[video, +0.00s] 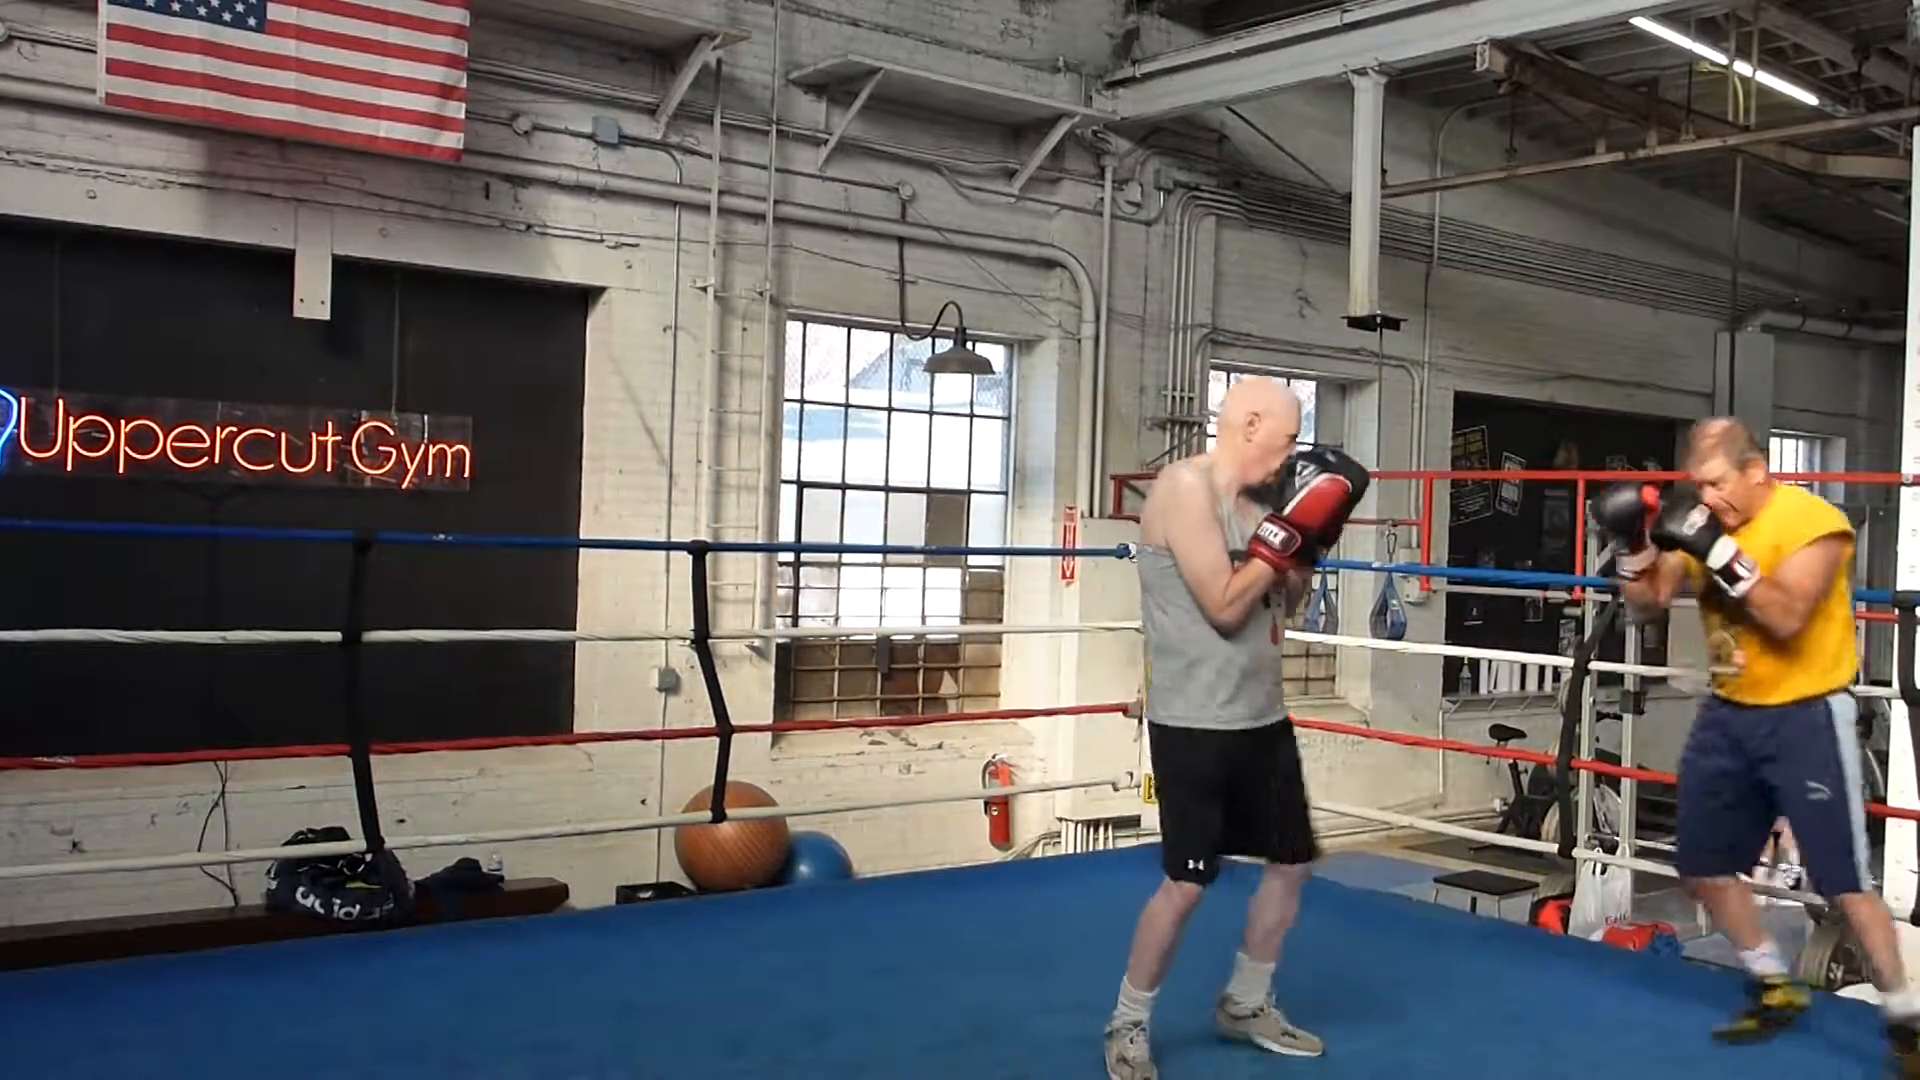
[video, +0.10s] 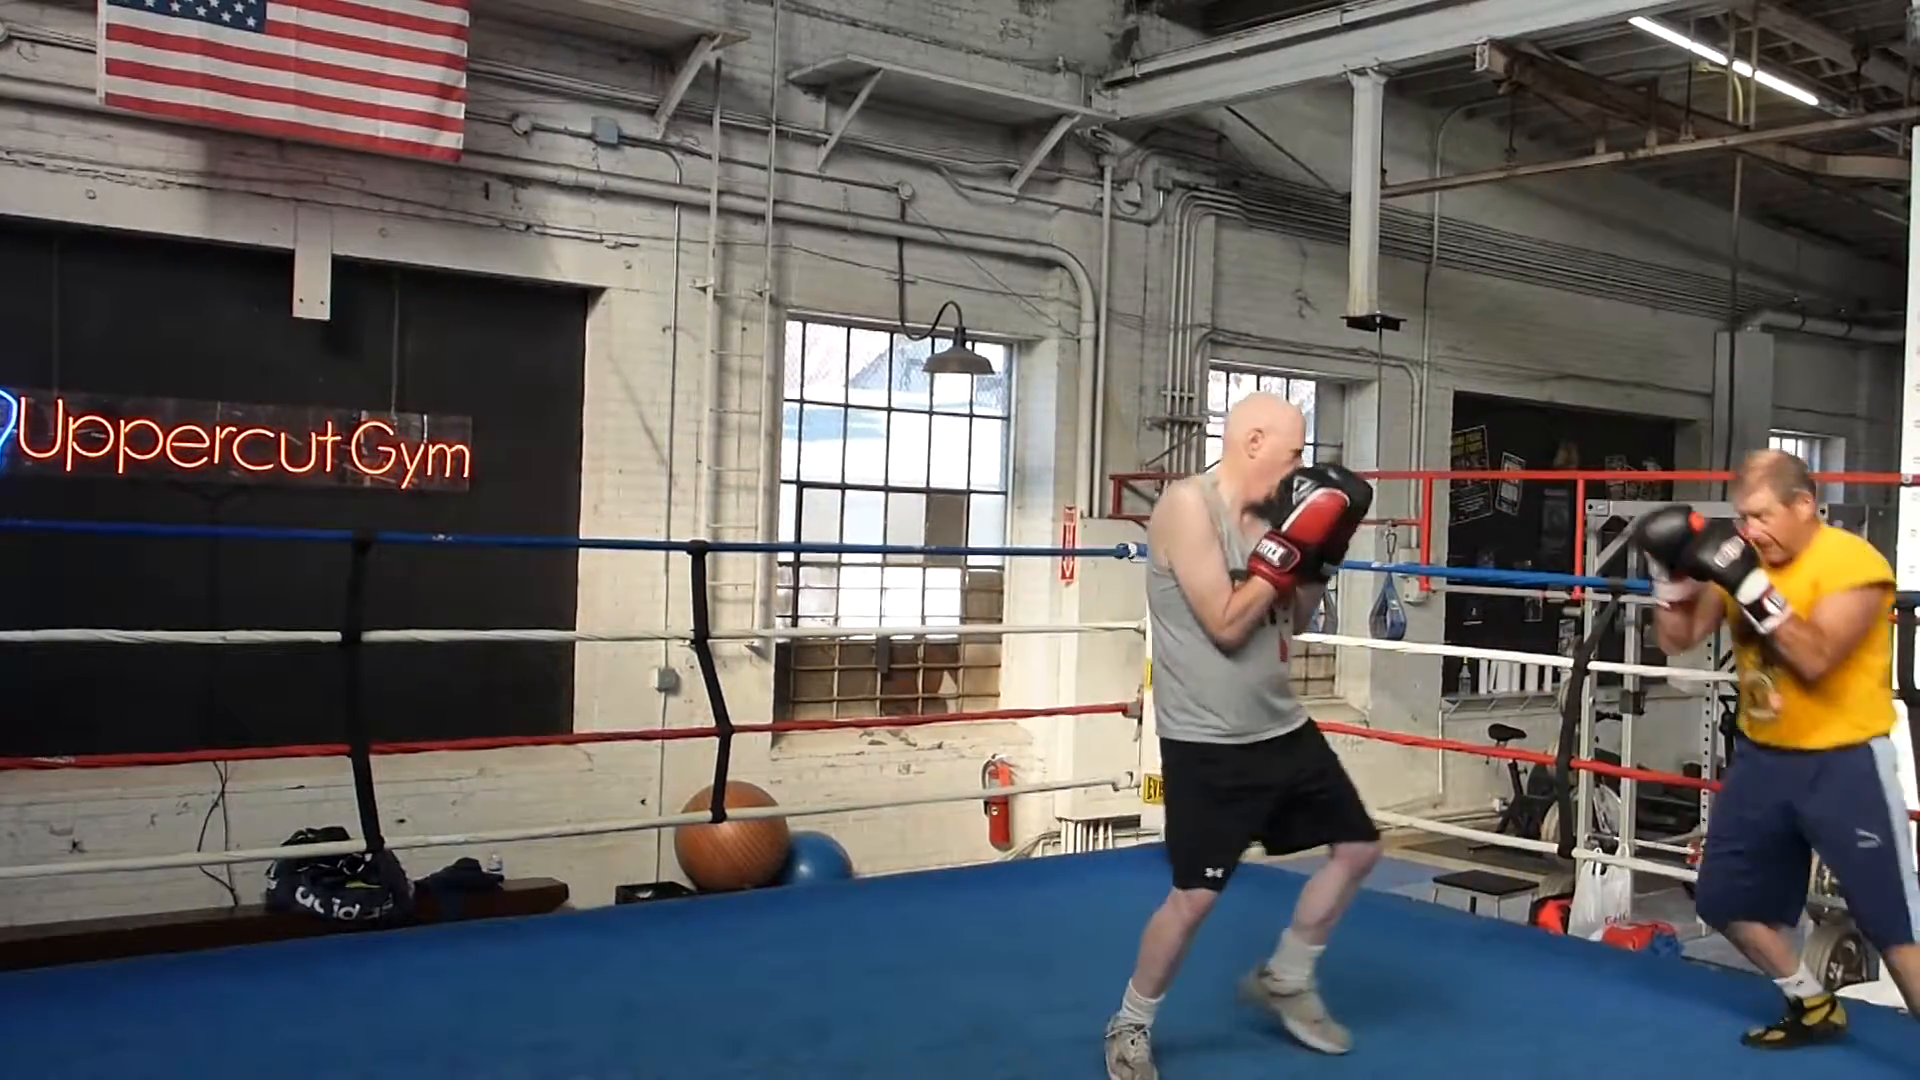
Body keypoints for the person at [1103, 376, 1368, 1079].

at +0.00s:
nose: (1288, 459)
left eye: (1292, 447)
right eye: (1285, 443)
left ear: (1253, 430)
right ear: (1246, 426)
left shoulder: (1249, 504)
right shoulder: (1183, 486)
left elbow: (1285, 605)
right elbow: (1224, 605)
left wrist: (1309, 532)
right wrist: (1284, 537)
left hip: (1260, 716)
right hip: (1192, 718)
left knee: (1291, 860)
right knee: (1188, 877)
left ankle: (1246, 1004)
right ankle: (1130, 1022)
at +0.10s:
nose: (1297, 470)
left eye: (1301, 458)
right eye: (1293, 454)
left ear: (1260, 445)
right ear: (1251, 441)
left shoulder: (1264, 520)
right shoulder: (1184, 506)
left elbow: (1292, 618)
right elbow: (1227, 624)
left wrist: (1324, 542)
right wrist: (1292, 546)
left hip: (1281, 726)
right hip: (1205, 736)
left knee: (1358, 849)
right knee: (1197, 891)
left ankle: (1286, 977)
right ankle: (1131, 1025)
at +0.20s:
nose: (1320, 478)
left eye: (1322, 466)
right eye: (1313, 463)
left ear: (1278, 453)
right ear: (1271, 453)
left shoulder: (1291, 523)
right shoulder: (1201, 518)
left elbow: (1313, 632)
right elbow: (1227, 641)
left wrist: (1342, 568)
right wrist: (1301, 562)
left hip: (1303, 731)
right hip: (1224, 744)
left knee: (1388, 854)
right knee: (1211, 899)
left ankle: (1373, 1006)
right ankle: (1133, 1027)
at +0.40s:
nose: (1394, 480)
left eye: (1395, 467)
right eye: (1385, 465)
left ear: (1356, 462)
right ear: (1337, 458)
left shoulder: (1371, 529)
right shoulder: (1286, 521)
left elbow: (1391, 641)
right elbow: (1313, 641)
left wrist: (1410, 583)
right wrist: (1390, 578)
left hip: (1370, 748)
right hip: (1289, 752)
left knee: (1434, 885)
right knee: (1242, 901)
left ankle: (1465, 1033)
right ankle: (1140, 1023)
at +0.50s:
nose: (1429, 462)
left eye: (1426, 449)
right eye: (1418, 447)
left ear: (1374, 450)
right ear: (1375, 448)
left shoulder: (1373, 521)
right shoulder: (1344, 507)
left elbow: (1396, 638)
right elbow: (1445, 594)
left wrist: (1440, 565)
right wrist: (1530, 554)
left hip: (1390, 743)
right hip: (1317, 744)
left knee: (1448, 877)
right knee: (1255, 893)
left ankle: (1465, 1031)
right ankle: (1151, 1017)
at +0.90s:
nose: (1415, 451)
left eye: (1413, 439)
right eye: (1403, 438)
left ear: (1373, 445)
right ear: (1355, 444)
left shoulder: (1397, 521)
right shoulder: (1315, 509)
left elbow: (1413, 632)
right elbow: (1366, 627)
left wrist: (1437, 567)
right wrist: (1431, 576)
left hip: (1396, 738)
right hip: (1316, 733)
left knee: (1448, 886)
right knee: (1267, 893)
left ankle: (1463, 1032)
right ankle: (1175, 1021)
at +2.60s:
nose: (1512, 460)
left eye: (1510, 446)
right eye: (1497, 446)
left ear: (1480, 456)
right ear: (1444, 455)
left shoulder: (1501, 523)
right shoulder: (1394, 524)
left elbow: (1528, 643)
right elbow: (1407, 667)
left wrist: (1502, 597)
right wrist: (1500, 665)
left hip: (1478, 758)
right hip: (1386, 759)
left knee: (1541, 909)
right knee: (1319, 919)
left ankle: (1527, 1071)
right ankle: (1241, 1039)